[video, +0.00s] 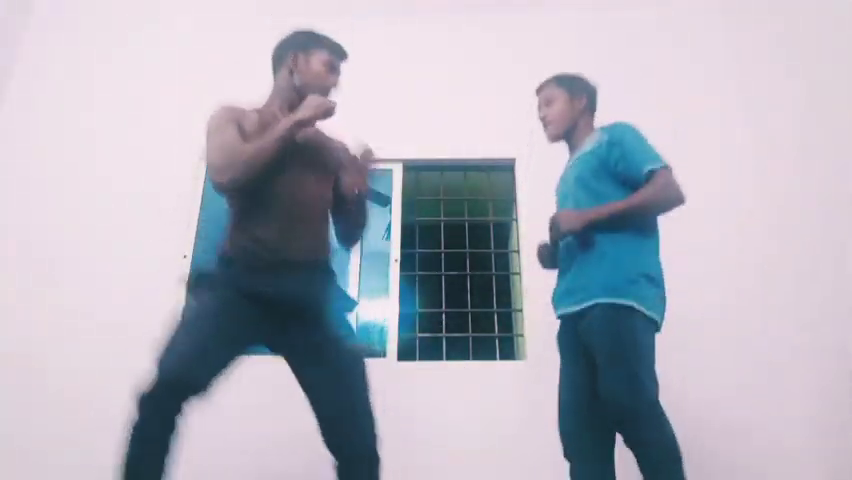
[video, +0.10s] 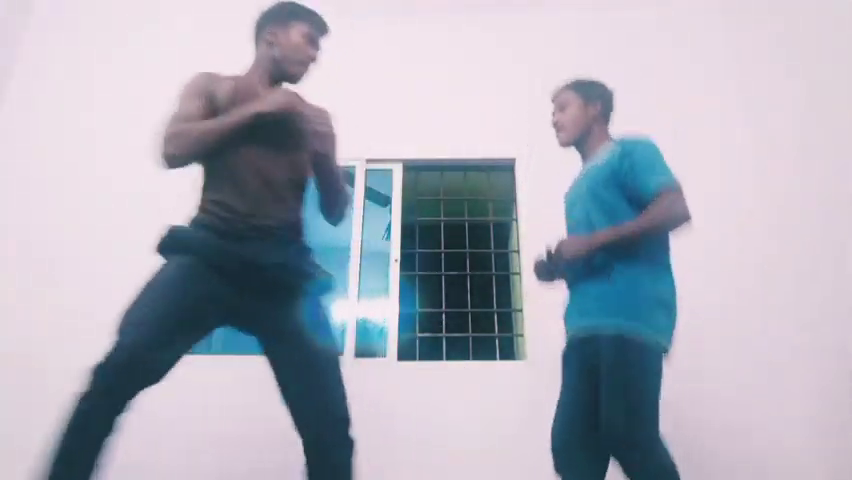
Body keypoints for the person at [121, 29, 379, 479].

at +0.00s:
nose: (336, 76)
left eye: (338, 69)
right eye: (329, 65)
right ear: (291, 64)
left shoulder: (333, 150)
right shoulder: (233, 120)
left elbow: (349, 235)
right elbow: (225, 174)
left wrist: (353, 196)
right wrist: (294, 122)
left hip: (309, 302)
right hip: (236, 295)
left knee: (358, 446)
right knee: (164, 394)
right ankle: (139, 477)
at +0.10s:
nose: (315, 53)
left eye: (317, 44)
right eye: (308, 39)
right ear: (270, 36)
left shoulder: (314, 117)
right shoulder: (211, 88)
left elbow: (336, 210)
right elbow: (173, 149)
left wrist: (324, 156)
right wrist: (258, 107)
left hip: (283, 277)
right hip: (206, 264)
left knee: (330, 427)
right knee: (120, 372)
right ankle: (62, 475)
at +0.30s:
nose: (279, 71)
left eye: (282, 64)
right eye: (270, 58)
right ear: (231, 56)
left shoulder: (276, 148)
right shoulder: (162, 118)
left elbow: (296, 248)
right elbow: (109, 196)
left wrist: (284, 183)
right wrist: (195, 145)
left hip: (234, 306)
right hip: (149, 293)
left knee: (308, 446)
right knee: (60, 417)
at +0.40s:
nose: (284, 62)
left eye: (287, 55)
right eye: (276, 48)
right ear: (237, 45)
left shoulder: (277, 137)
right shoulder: (169, 103)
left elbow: (297, 233)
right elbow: (124, 176)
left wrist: (287, 176)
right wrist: (210, 136)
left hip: (246, 290)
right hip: (165, 283)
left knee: (334, 414)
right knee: (80, 400)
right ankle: (17, 475)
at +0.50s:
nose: (303, 51)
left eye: (307, 44)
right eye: (296, 38)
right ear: (258, 34)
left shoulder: (299, 123)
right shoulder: (198, 89)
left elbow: (315, 221)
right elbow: (154, 160)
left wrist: (312, 169)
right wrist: (243, 126)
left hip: (276, 278)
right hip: (198, 270)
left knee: (356, 400)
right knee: (115, 372)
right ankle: (51, 475)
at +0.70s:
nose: (329, 102)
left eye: (331, 94)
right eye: (321, 89)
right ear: (283, 88)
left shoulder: (325, 178)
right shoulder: (220, 149)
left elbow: (342, 273)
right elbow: (185, 227)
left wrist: (344, 231)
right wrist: (268, 178)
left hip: (302, 335)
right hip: (222, 330)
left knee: (369, 468)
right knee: (172, 437)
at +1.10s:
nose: (267, 88)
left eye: (270, 81)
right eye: (259, 75)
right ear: (221, 71)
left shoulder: (257, 173)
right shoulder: (146, 132)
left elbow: (261, 270)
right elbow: (84, 205)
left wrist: (261, 227)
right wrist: (165, 173)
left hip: (193, 330)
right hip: (110, 311)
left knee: (259, 455)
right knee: (12, 421)